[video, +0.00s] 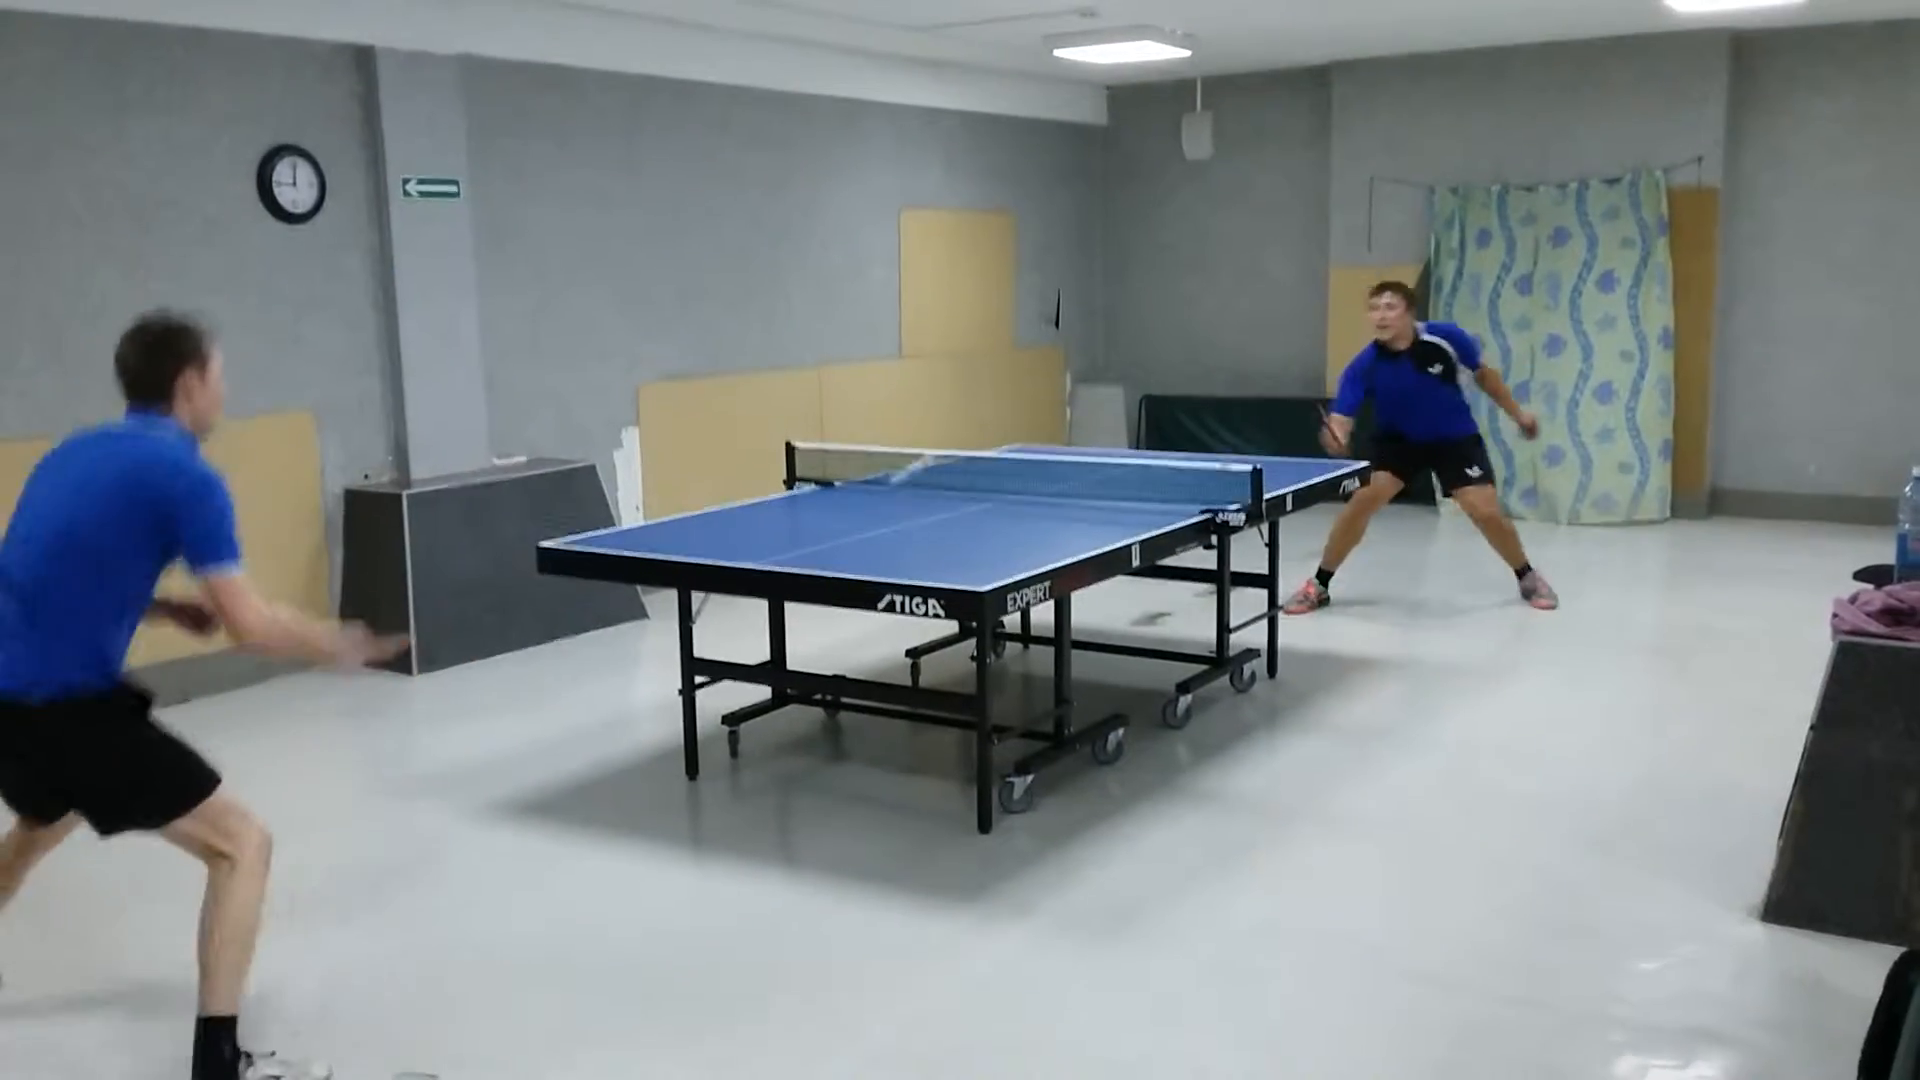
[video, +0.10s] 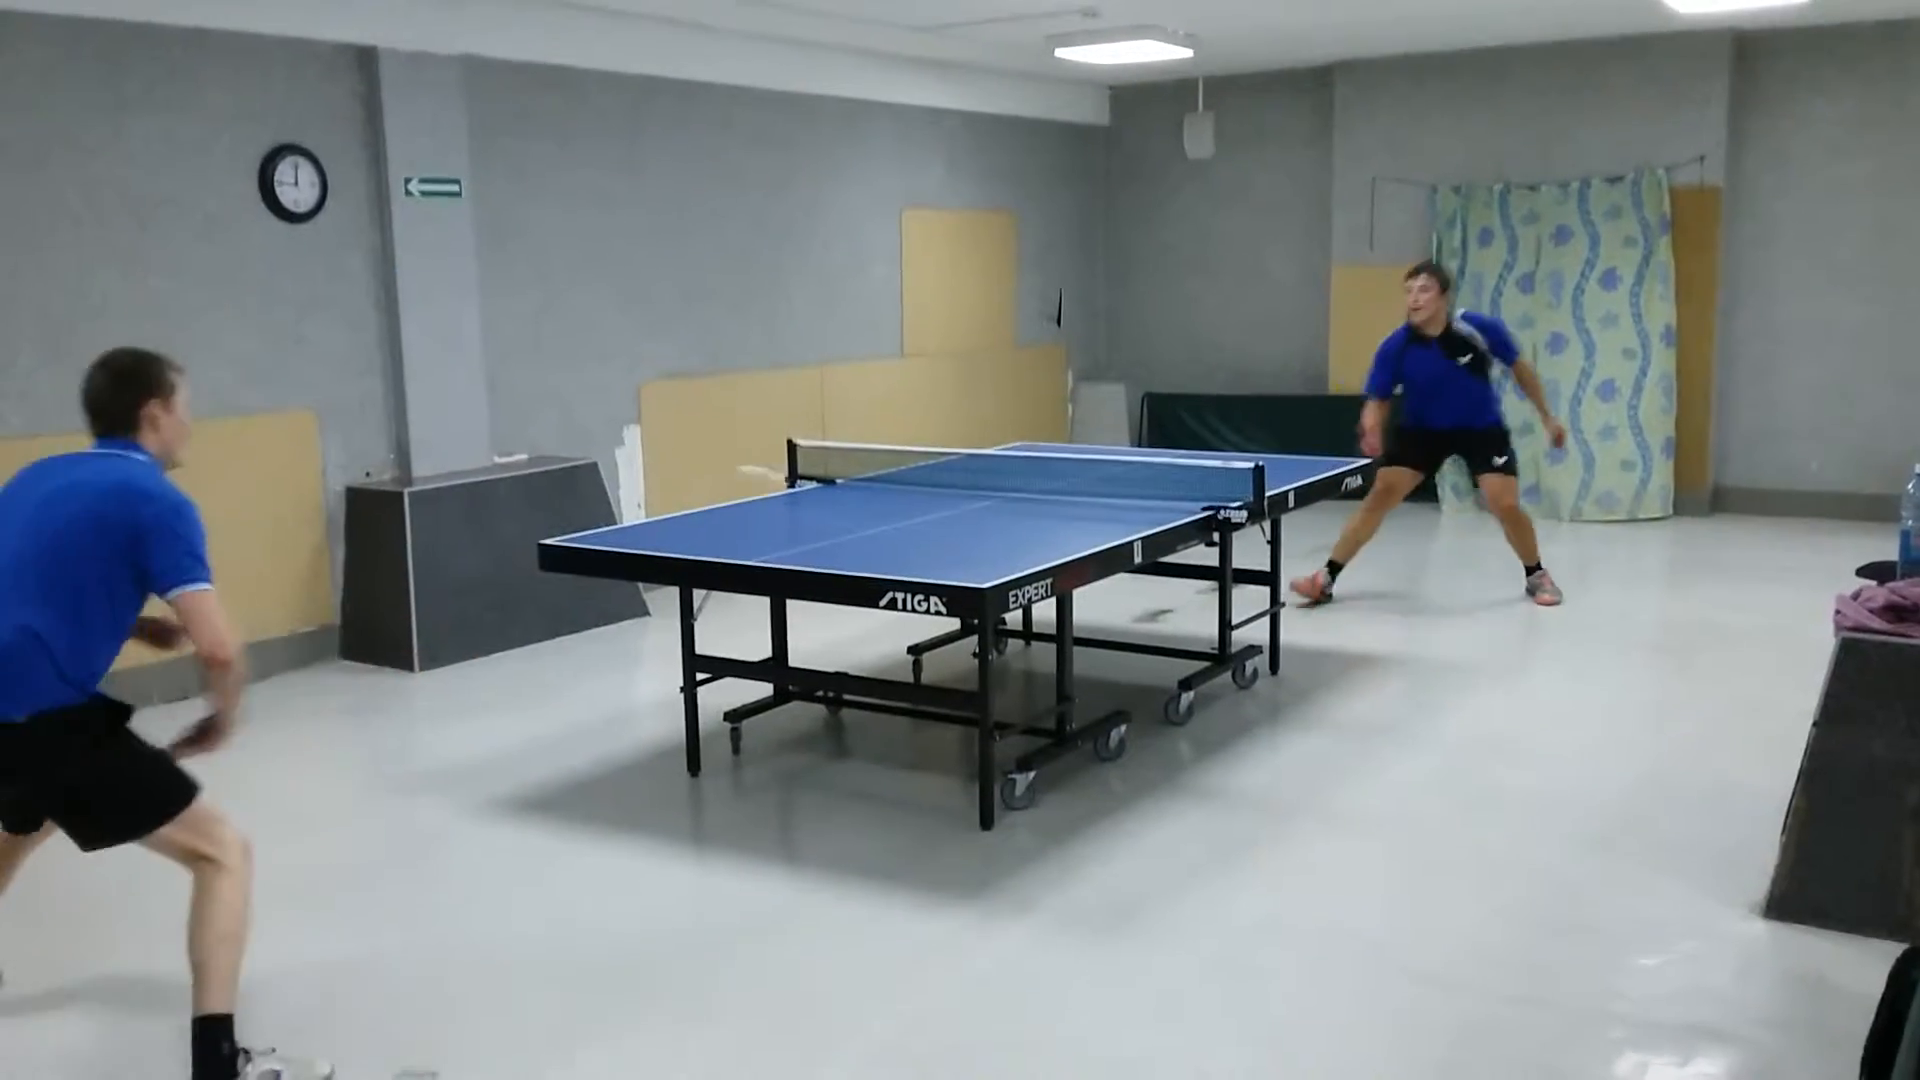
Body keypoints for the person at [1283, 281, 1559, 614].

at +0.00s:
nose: (1381, 316)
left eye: (1390, 307)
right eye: (1375, 309)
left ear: (1409, 311)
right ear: (1368, 316)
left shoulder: (1446, 340)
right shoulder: (1364, 366)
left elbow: (1484, 375)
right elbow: (1341, 420)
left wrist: (1517, 414)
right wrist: (1336, 438)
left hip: (1455, 440)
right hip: (1399, 445)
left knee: (1484, 511)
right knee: (1364, 499)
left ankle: (1527, 578)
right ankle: (1318, 585)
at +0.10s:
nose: (1414, 300)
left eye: (1424, 291)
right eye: (1410, 292)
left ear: (1444, 296)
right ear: (1404, 298)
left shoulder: (1480, 330)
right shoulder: (1396, 347)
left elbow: (1520, 370)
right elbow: (1376, 399)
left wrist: (1548, 418)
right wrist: (1372, 428)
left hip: (1481, 431)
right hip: (1422, 434)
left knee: (1504, 502)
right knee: (1382, 492)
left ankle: (1536, 576)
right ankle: (1326, 578)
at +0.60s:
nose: (1481, 276)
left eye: (1490, 268)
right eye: (1476, 269)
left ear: (1510, 274)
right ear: (1473, 274)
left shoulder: (1541, 304)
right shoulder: (1481, 322)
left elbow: (1587, 349)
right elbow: (1474, 371)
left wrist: (1556, 399)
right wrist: (1456, 399)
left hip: (1577, 409)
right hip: (1529, 413)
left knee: (1583, 492)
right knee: (1499, 487)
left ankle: (1637, 586)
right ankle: (1507, 568)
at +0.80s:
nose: (1525, 306)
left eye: (1534, 298)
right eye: (1520, 298)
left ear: (1554, 301)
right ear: (1514, 302)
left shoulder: (1586, 326)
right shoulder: (1515, 344)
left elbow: (1639, 362)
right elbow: (1492, 393)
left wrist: (1605, 412)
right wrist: (1506, 425)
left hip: (1610, 426)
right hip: (1558, 430)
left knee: (1603, 498)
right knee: (1515, 497)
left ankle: (1647, 600)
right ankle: (1511, 569)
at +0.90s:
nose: (1552, 310)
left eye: (1562, 302)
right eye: (1545, 302)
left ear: (1579, 307)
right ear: (1538, 306)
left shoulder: (1612, 329)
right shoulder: (1531, 348)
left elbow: (1675, 353)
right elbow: (1500, 404)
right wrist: (1538, 407)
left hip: (1633, 428)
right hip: (1581, 433)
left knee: (1623, 500)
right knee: (1539, 500)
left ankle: (1652, 601)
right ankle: (1517, 569)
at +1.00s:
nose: (1569, 315)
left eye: (1578, 306)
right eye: (1563, 308)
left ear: (1598, 309)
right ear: (1556, 314)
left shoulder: (1634, 328)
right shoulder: (1553, 359)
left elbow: (1690, 346)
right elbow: (1508, 411)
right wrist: (1520, 387)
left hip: (1657, 426)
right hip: (1602, 436)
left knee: (1641, 496)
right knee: (1565, 513)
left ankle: (1656, 602)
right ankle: (1522, 571)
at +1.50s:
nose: (1611, 273)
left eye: (1622, 267)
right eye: (1608, 266)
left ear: (1644, 274)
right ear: (1602, 273)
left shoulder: (1679, 319)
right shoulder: (1585, 323)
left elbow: (1714, 366)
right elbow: (1571, 389)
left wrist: (1722, 416)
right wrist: (1604, 422)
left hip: (1656, 431)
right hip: (1600, 427)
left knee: (1643, 500)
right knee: (1570, 506)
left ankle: (1651, 603)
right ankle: (1581, 574)